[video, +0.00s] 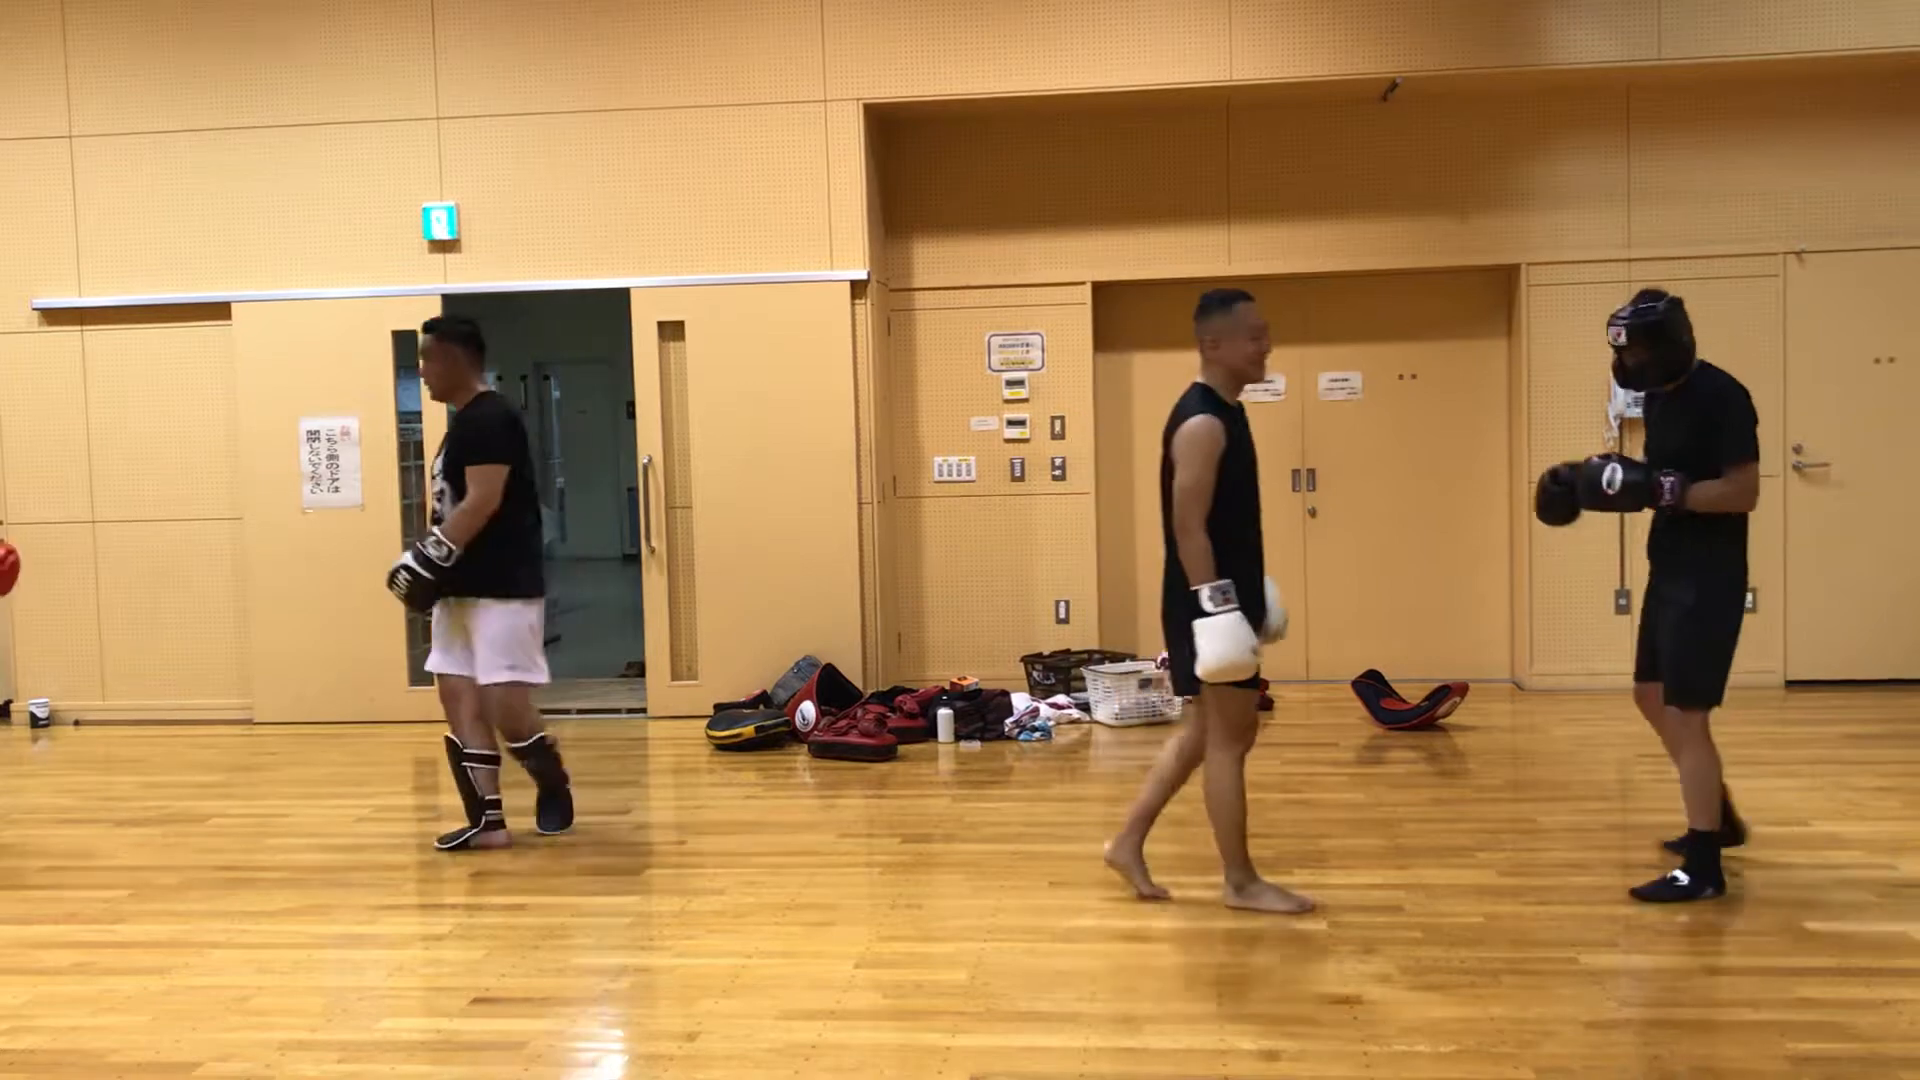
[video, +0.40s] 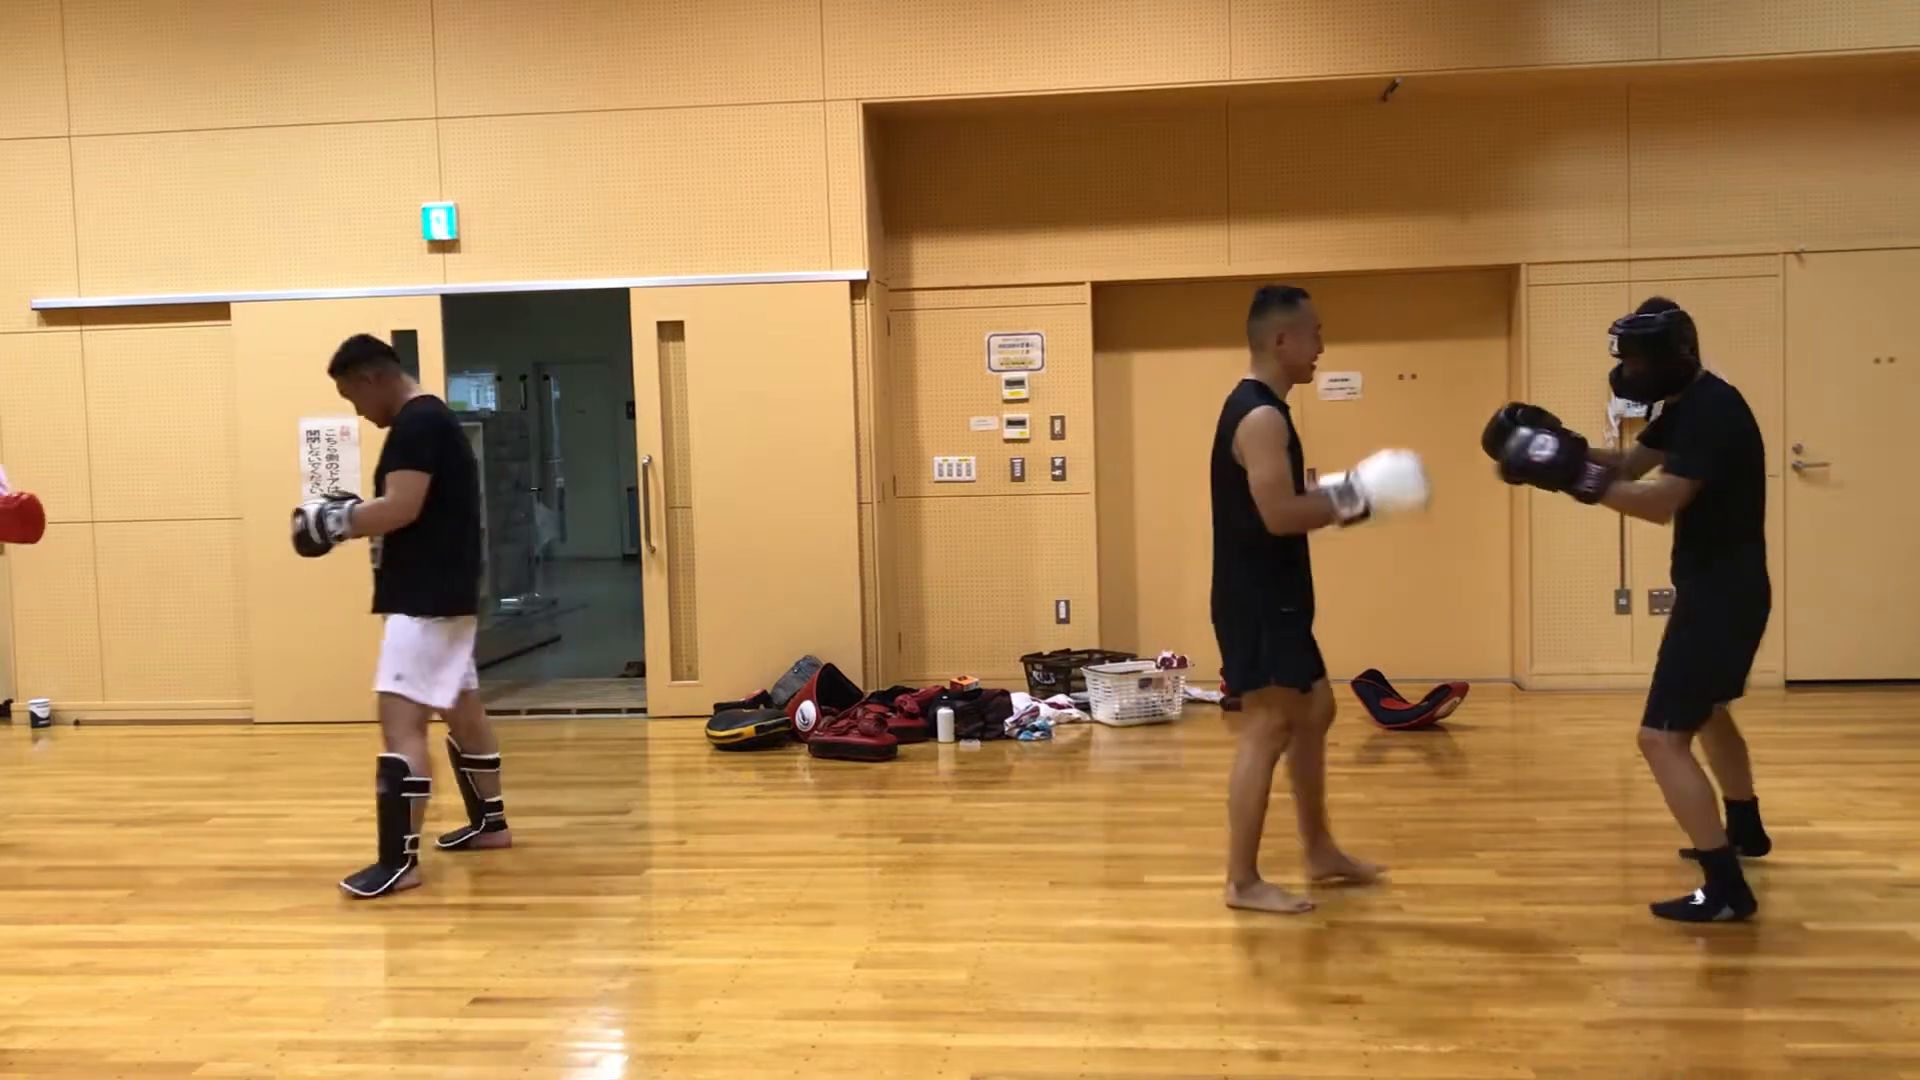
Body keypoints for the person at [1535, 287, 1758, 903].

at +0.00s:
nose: (1619, 360)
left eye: (1628, 349)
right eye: (1618, 349)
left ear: (1663, 348)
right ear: (1642, 352)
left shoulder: (1722, 398)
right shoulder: (1659, 398)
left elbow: (1744, 493)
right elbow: (1659, 476)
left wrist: (1663, 490)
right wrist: (1595, 481)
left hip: (1709, 579)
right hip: (1670, 575)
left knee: (1686, 714)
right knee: (1651, 695)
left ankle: (1702, 868)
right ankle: (1720, 819)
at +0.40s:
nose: (1625, 371)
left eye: (1634, 360)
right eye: (1623, 359)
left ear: (1670, 359)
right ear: (1669, 357)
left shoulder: (1711, 411)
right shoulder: (1688, 401)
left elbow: (1662, 506)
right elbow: (1633, 462)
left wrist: (1582, 482)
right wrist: (1562, 450)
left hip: (1719, 595)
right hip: (1723, 588)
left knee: (1661, 738)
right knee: (1706, 713)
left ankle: (1724, 889)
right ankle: (1746, 830)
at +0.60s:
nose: (1627, 353)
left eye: (1636, 341)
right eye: (1625, 341)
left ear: (1673, 337)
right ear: (1691, 333)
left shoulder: (1691, 396)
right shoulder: (1732, 377)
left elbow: (1627, 486)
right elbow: (1631, 449)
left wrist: (1547, 469)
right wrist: (1545, 444)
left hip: (1723, 594)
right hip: (1767, 584)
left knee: (1687, 740)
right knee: (1765, 724)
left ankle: (1728, 889)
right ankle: (1834, 860)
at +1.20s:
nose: (1652, 358)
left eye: (1652, 347)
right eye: (1653, 348)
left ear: (1666, 344)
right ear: (1727, 326)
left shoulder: (1676, 396)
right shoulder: (1804, 391)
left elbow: (1609, 499)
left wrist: (1592, 434)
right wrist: (1660, 400)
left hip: (1704, 625)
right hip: (1797, 626)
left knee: (1630, 765)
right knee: (1827, 794)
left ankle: (1628, 932)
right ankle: (1878, 981)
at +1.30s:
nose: (1629, 378)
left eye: (1630, 367)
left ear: (1643, 367)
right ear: (1710, 347)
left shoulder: (1644, 434)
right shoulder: (1783, 417)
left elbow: (1590, 546)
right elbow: (1797, 521)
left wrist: (1571, 473)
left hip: (1681, 663)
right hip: (1778, 660)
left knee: (1607, 807)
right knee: (1821, 823)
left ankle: (1579, 969)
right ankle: (1877, 996)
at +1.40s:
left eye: (1606, 359)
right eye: (1690, 339)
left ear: (1615, 362)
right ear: (1688, 349)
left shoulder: (1604, 429)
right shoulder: (1752, 413)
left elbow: (1540, 536)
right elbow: (1785, 525)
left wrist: (1532, 466)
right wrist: (1728, 473)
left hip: (1645, 662)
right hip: (1744, 660)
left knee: (1589, 824)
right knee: (1802, 815)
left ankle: (1569, 1000)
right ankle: (1872, 1000)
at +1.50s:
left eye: (1557, 346)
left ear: (1567, 347)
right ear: (1638, 338)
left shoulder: (1546, 409)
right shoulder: (1696, 401)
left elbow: (1449, 477)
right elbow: (1733, 513)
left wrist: (1446, 414)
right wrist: (1664, 476)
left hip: (1589, 654)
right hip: (1689, 651)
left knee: (1557, 821)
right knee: (1754, 810)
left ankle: (1565, 1008)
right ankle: (1808, 998)